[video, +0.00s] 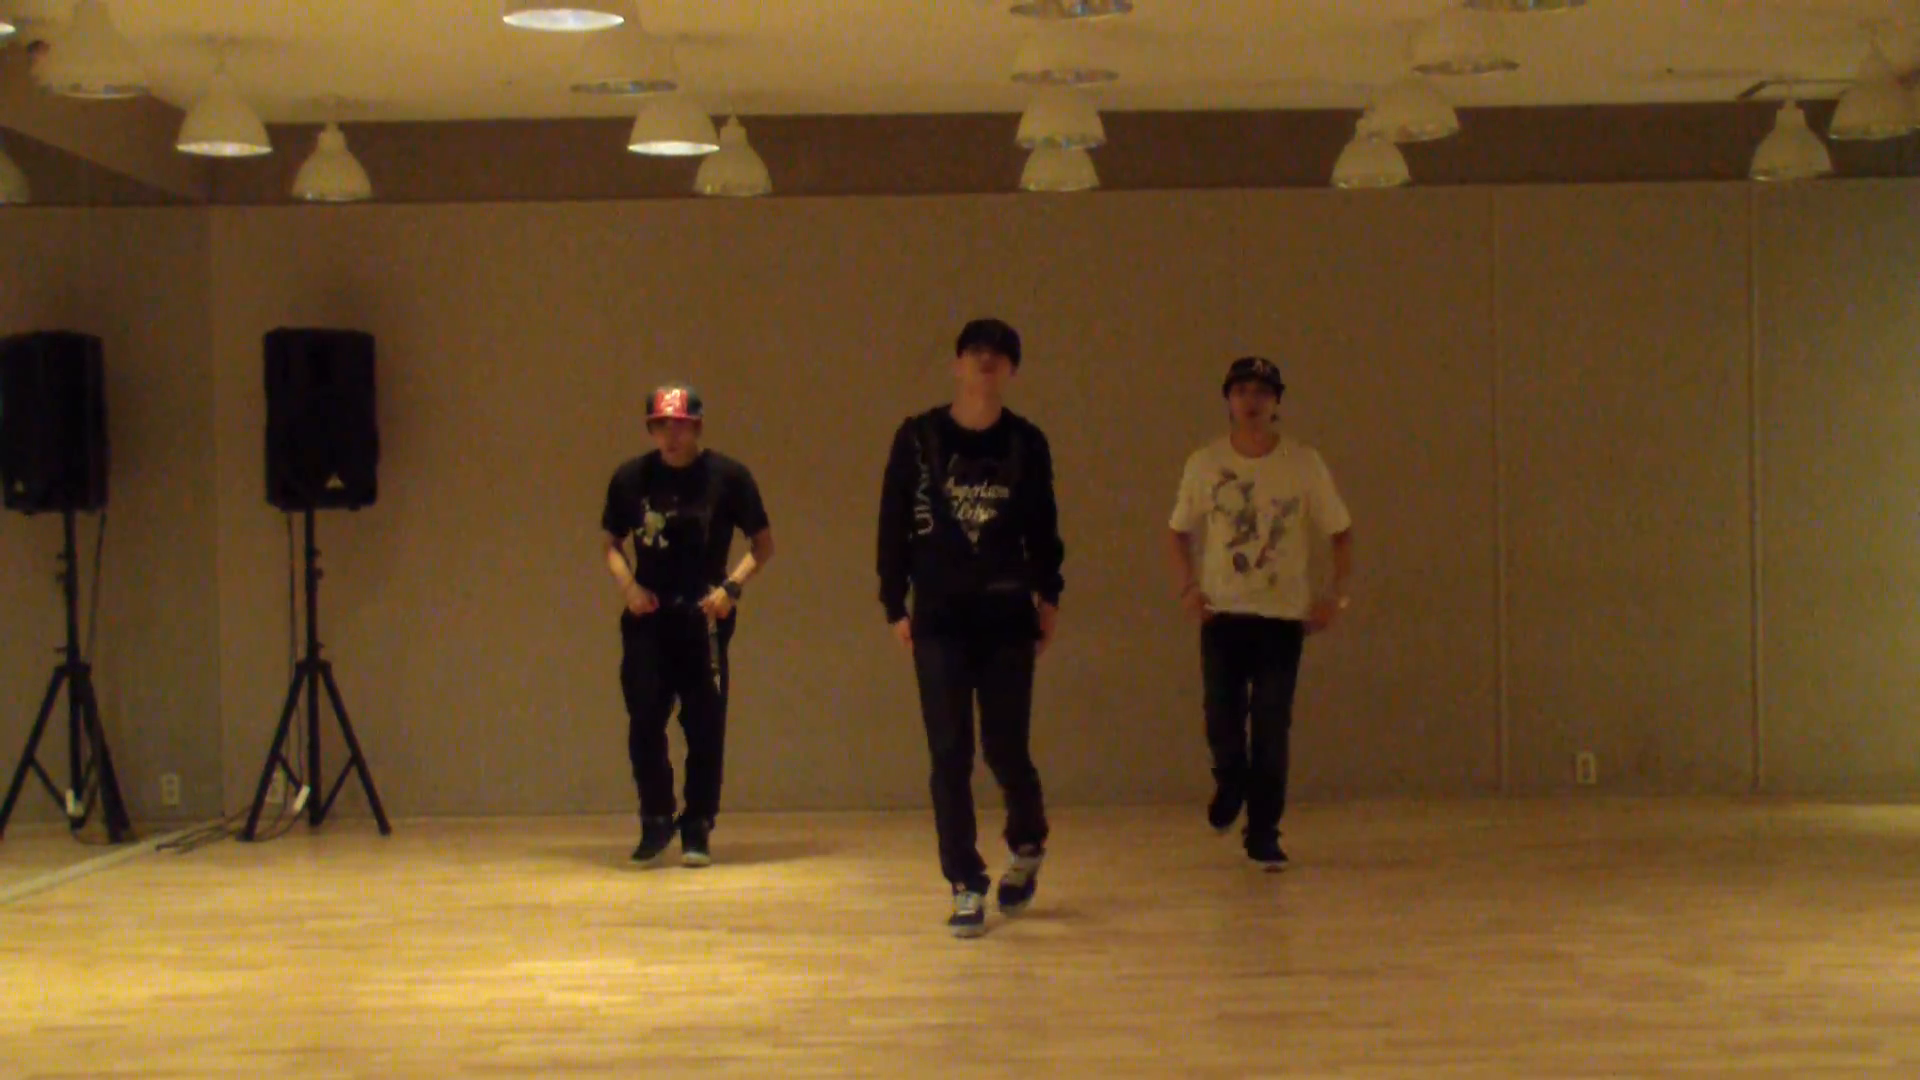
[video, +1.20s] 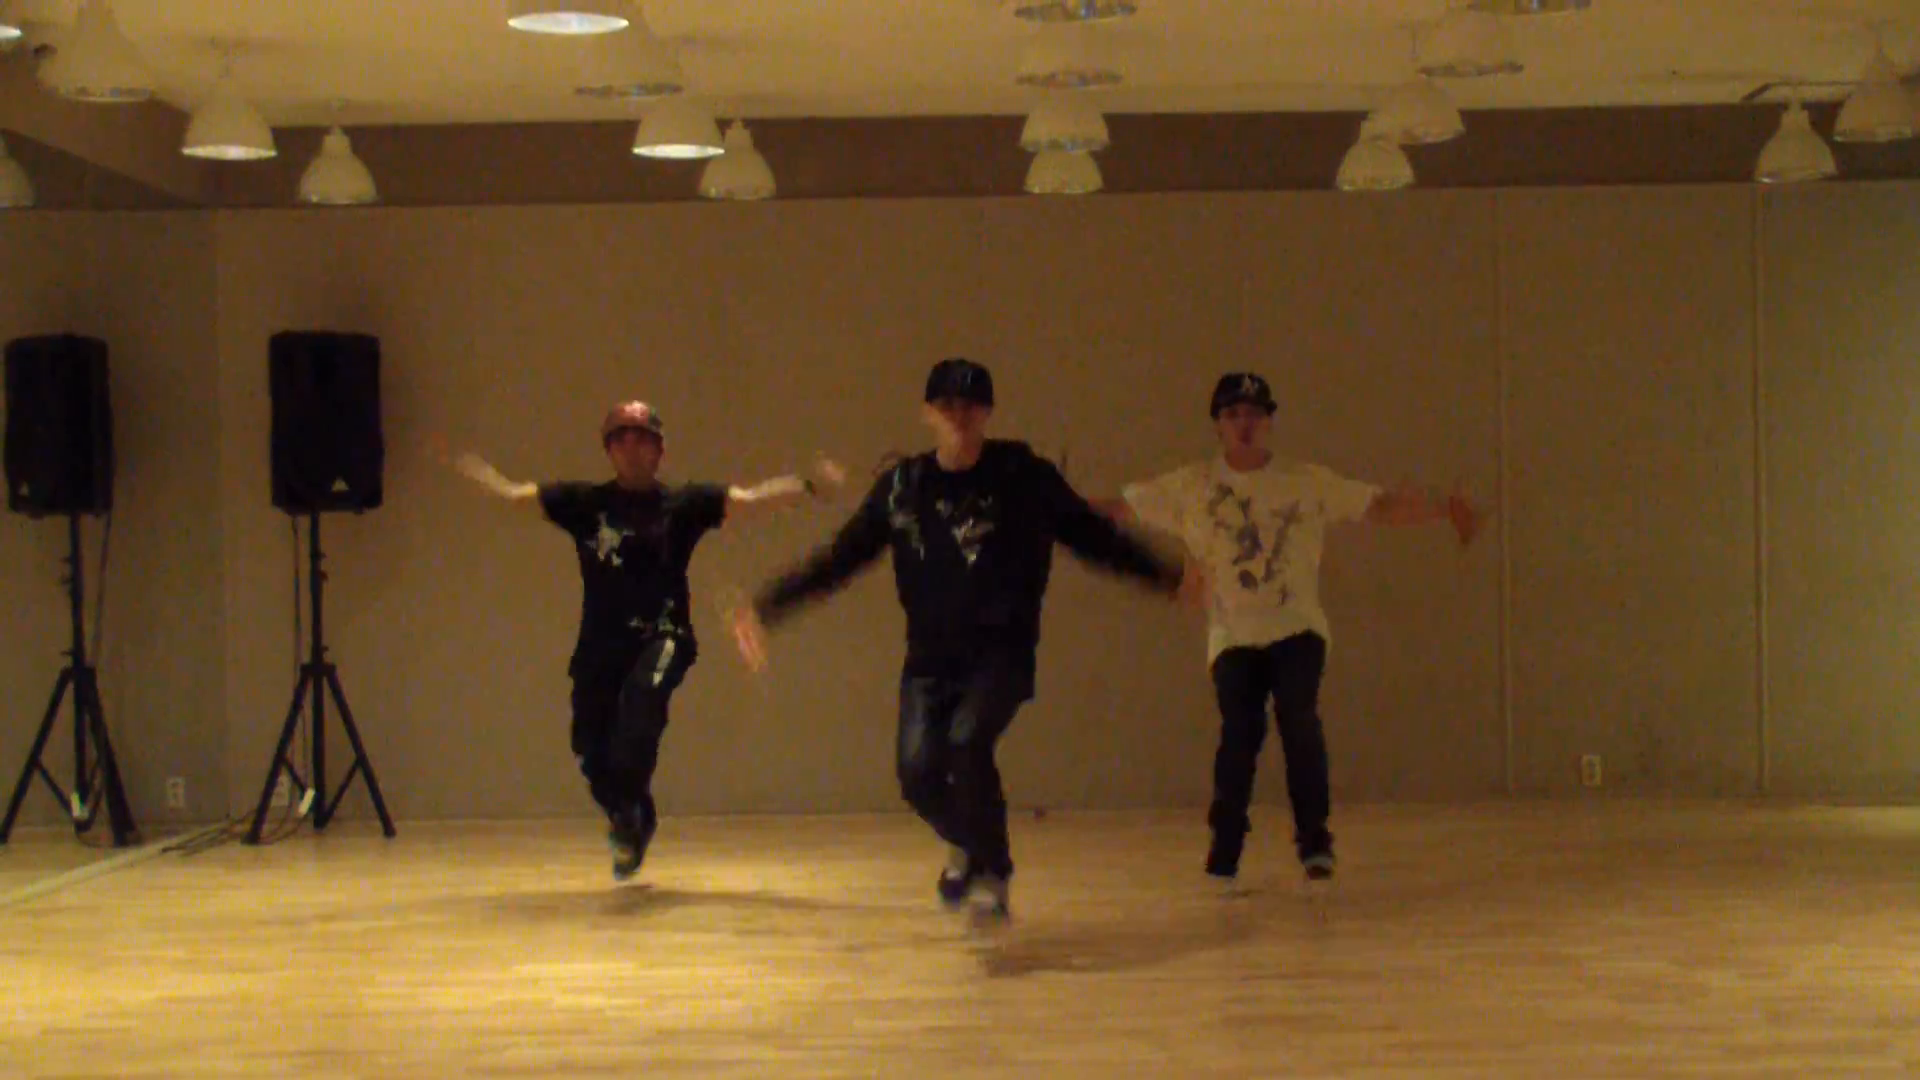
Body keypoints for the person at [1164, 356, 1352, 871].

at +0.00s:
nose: (1251, 401)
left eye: (1261, 393)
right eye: (1242, 393)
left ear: (1277, 401)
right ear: (1227, 400)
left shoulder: (1302, 462)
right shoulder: (1204, 463)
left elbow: (1339, 530)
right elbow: (1178, 531)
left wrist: (1335, 596)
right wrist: (1188, 588)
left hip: (1282, 617)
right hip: (1222, 615)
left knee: (1271, 726)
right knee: (1220, 718)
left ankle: (1264, 831)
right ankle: (1230, 784)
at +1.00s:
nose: (1233, 443)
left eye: (1242, 434)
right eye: (1222, 434)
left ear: (1256, 443)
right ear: (1205, 447)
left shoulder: (1286, 502)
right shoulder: (1191, 507)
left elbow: (1321, 525)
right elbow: (1169, 538)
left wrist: (1355, 526)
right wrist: (1148, 539)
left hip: (1283, 641)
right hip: (1223, 651)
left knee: (1287, 727)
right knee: (1237, 758)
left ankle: (1287, 811)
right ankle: (1244, 849)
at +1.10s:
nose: (1239, 426)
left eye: (1249, 417)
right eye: (1229, 417)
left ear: (1263, 424)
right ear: (1210, 427)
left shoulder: (1297, 489)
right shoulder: (1189, 498)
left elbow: (1372, 499)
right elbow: (1118, 505)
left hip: (1288, 629)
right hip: (1225, 641)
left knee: (1296, 707)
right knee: (1237, 751)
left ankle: (1300, 815)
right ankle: (1239, 839)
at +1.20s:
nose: (1243, 425)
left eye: (1253, 415)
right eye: (1232, 416)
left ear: (1270, 421)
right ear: (1216, 424)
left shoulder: (1306, 483)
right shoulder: (1192, 488)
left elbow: (1381, 505)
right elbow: (1119, 508)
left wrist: (1445, 507)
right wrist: (1062, 507)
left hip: (1297, 627)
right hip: (1233, 634)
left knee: (1299, 722)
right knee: (1240, 730)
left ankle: (1314, 842)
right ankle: (1225, 844)